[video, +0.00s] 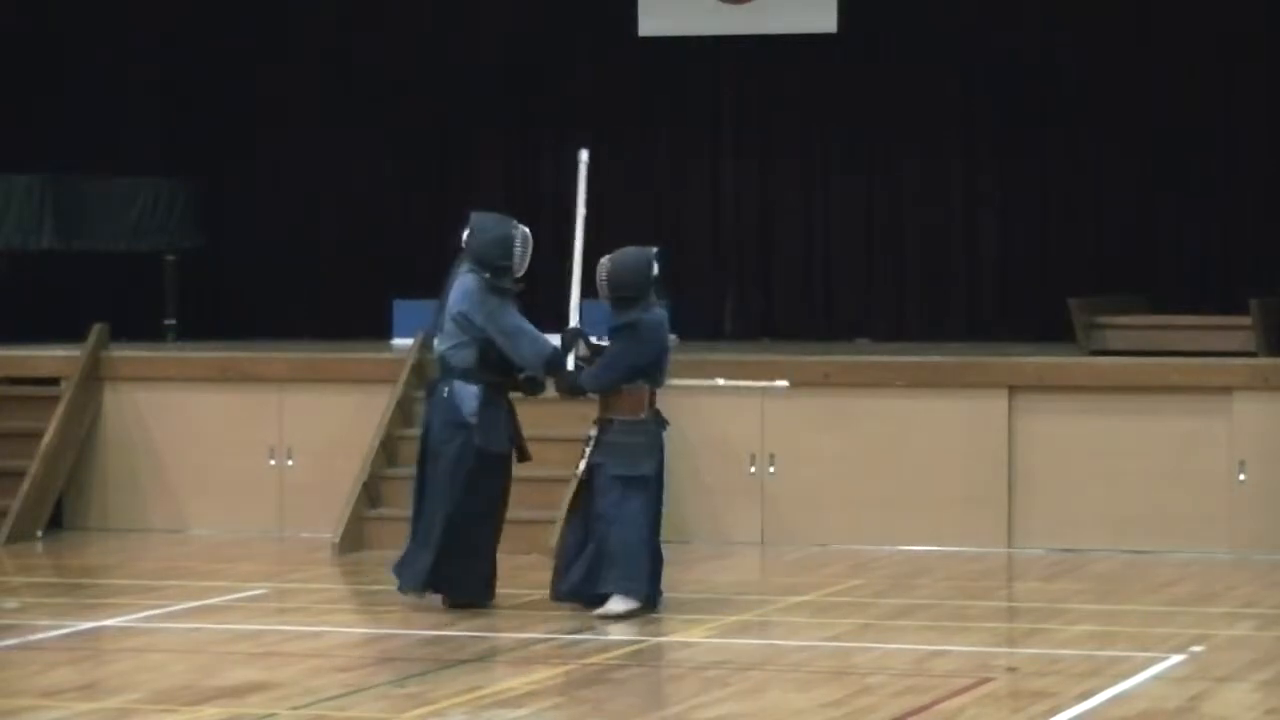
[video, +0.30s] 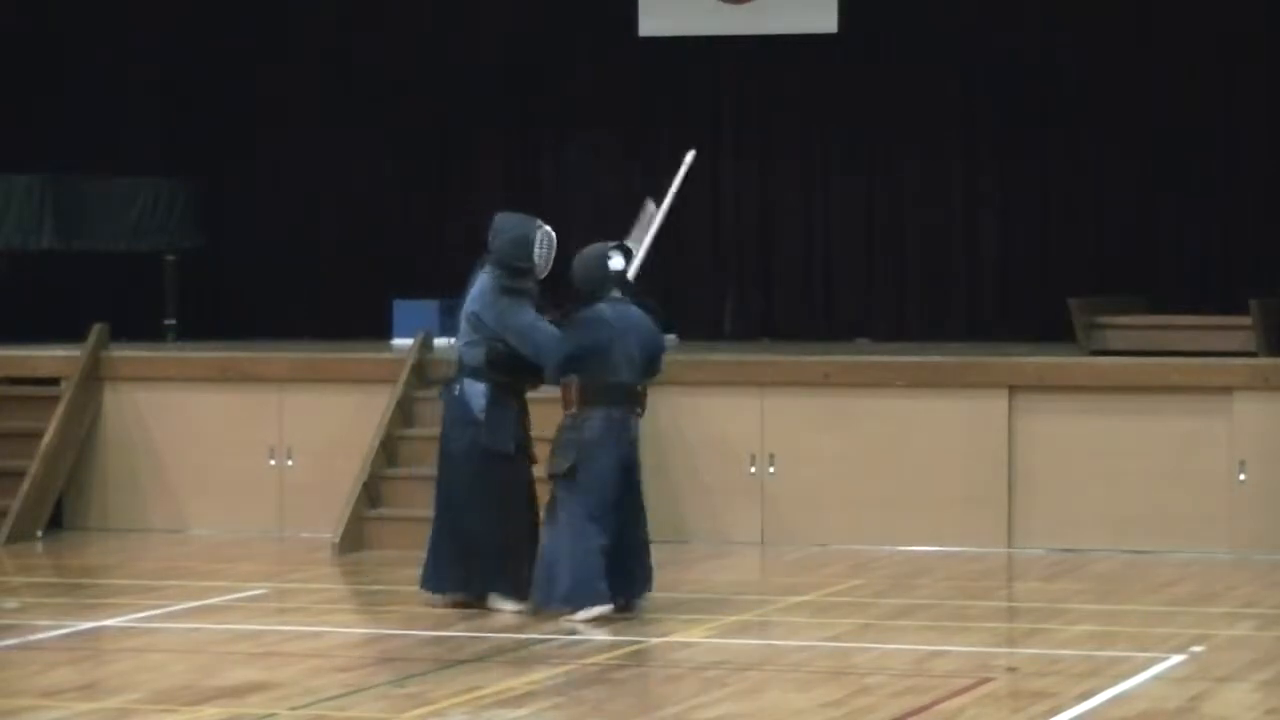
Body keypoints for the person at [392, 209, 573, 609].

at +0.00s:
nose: (519, 261)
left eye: (519, 253)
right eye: (514, 253)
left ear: (479, 252)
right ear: (498, 256)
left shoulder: (477, 284)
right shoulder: (477, 291)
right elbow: (528, 347)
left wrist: (533, 368)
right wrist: (556, 356)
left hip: (476, 398)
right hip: (470, 402)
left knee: (477, 490)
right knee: (473, 491)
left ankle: (468, 584)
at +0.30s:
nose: (543, 262)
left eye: (543, 253)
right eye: (539, 254)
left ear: (504, 252)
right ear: (524, 256)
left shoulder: (494, 285)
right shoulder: (496, 295)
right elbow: (549, 346)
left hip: (478, 394)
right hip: (488, 401)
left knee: (468, 488)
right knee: (505, 490)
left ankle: (459, 581)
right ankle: (503, 585)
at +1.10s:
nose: (589, 252)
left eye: (595, 243)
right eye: (581, 243)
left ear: (604, 247)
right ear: (564, 247)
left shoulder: (615, 291)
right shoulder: (545, 298)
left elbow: (639, 331)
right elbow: (558, 352)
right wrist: (607, 348)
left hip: (603, 404)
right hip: (556, 403)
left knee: (593, 497)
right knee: (546, 494)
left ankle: (587, 590)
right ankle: (522, 588)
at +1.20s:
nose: (600, 247)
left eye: (606, 238)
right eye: (592, 238)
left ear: (615, 243)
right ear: (575, 243)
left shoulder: (623, 289)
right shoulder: (554, 292)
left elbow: (646, 328)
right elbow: (567, 350)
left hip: (610, 399)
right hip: (564, 398)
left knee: (602, 494)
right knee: (556, 491)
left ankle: (600, 591)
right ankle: (522, 581)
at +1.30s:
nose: (603, 248)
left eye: (610, 238)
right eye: (595, 238)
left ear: (620, 244)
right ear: (580, 242)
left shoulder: (630, 292)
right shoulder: (558, 296)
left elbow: (652, 334)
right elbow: (572, 351)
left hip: (616, 405)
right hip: (569, 403)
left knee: (610, 501)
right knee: (559, 500)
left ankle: (606, 594)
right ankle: (537, 591)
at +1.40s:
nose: (603, 246)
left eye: (611, 238)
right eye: (595, 238)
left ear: (623, 243)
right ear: (581, 242)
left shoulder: (635, 290)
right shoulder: (561, 292)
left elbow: (670, 329)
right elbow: (571, 349)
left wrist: (649, 292)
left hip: (623, 406)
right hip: (573, 404)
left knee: (617, 501)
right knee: (565, 501)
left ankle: (612, 597)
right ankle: (554, 595)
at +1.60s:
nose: (597, 251)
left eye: (603, 243)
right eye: (589, 244)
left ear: (615, 247)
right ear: (575, 249)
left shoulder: (630, 292)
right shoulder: (558, 293)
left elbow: (647, 337)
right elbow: (559, 342)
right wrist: (599, 365)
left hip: (617, 409)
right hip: (569, 410)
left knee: (611, 507)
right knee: (569, 508)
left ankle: (608, 602)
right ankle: (562, 604)